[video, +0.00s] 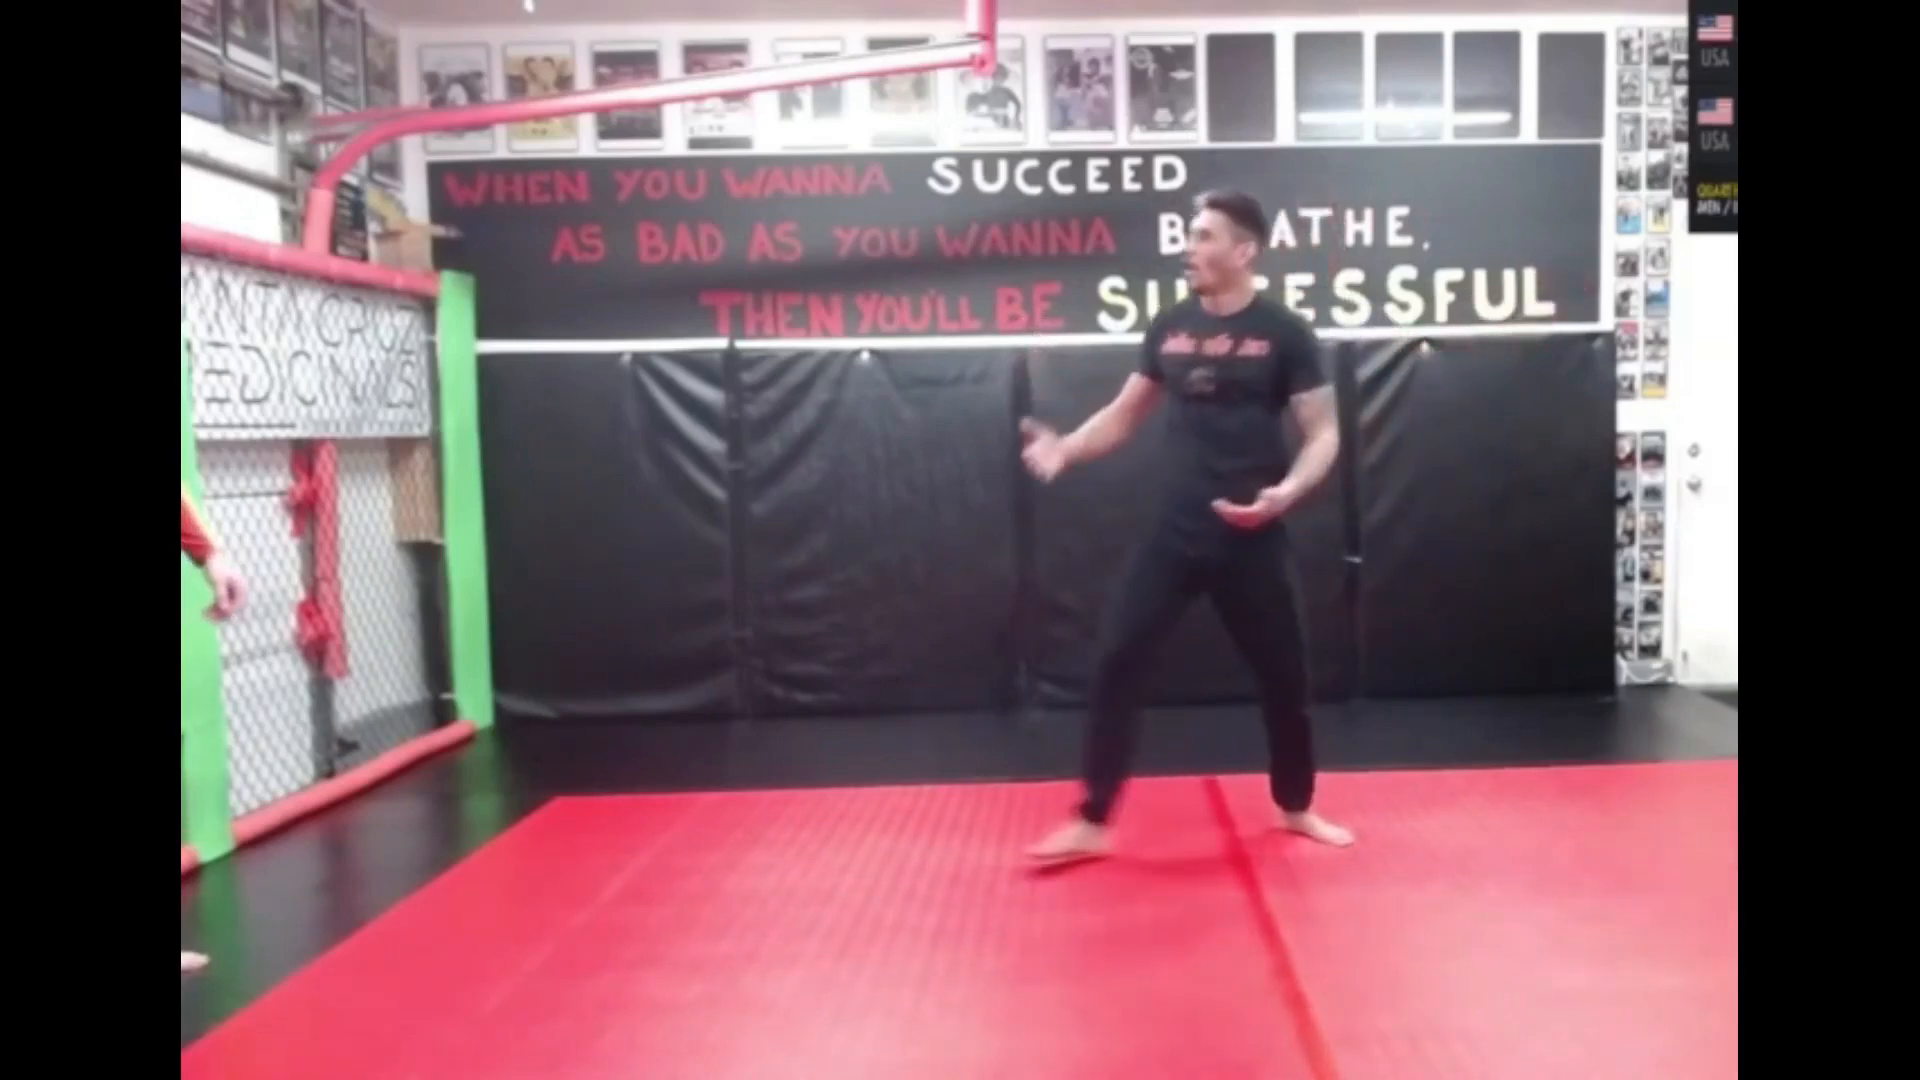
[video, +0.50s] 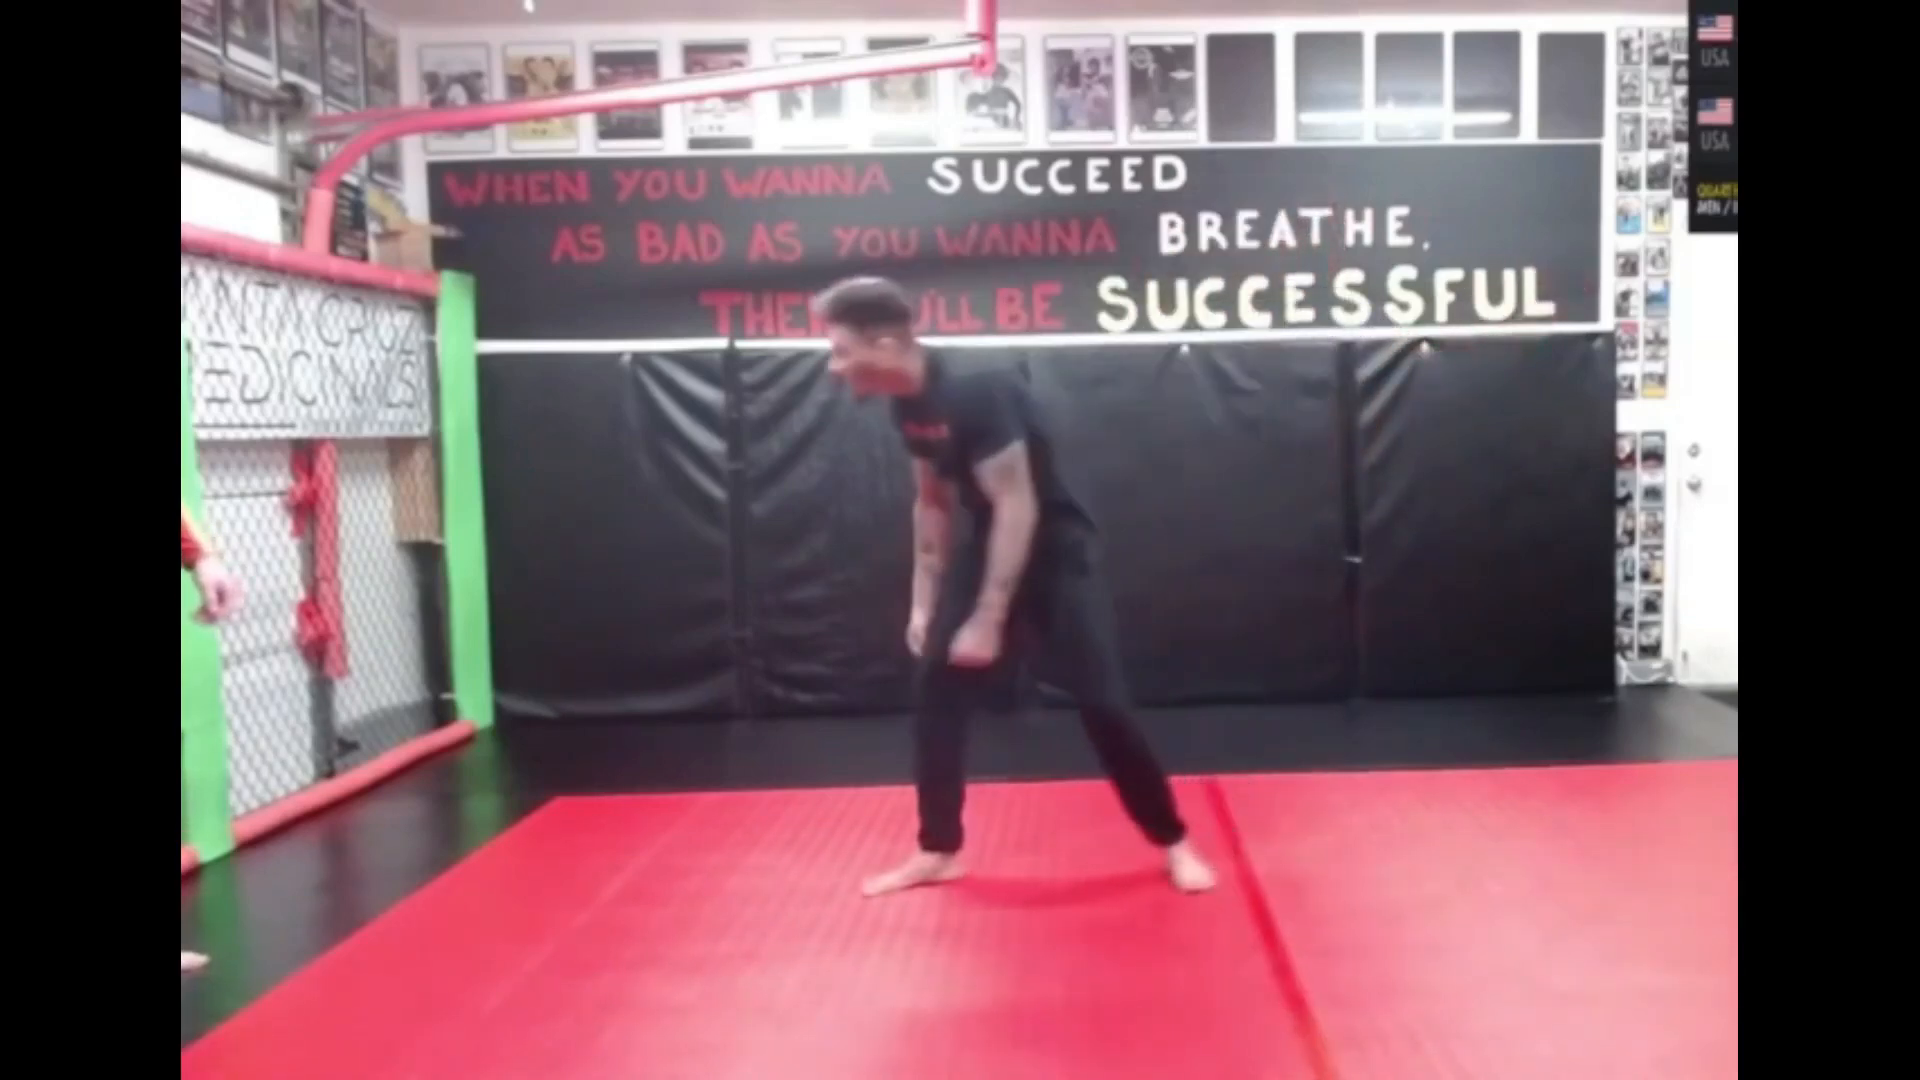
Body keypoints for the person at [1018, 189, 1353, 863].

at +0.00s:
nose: (1191, 248)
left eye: (1207, 237)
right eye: (1191, 236)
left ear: (1248, 250)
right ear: (1195, 247)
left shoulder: (1286, 332)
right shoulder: (1171, 328)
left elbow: (1324, 436)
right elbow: (1123, 413)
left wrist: (1285, 492)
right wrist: (1067, 447)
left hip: (1252, 530)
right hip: (1175, 525)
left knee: (1283, 672)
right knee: (1118, 655)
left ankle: (1296, 807)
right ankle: (1092, 819)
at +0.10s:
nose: (1179, 252)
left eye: (1195, 240)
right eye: (1181, 239)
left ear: (1235, 256)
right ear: (1188, 253)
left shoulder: (1269, 333)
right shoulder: (1160, 334)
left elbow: (1315, 437)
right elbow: (1114, 417)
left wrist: (1274, 497)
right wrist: (1055, 457)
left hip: (1243, 536)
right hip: (1169, 532)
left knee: (1279, 673)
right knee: (1104, 658)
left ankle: (1295, 807)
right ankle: (1059, 823)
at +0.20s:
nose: (1084, 261)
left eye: (1102, 252)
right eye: (1086, 250)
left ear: (1145, 271)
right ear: (1086, 271)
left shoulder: (1180, 353)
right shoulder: (1078, 362)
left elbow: (1251, 443)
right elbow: (1042, 434)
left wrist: (1200, 512)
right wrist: (973, 479)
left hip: (1175, 553)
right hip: (1099, 554)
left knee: (1235, 678)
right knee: (1032, 679)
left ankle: (1290, 807)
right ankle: (961, 837)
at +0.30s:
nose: (970, 295)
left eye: (987, 280)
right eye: (968, 282)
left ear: (1037, 295)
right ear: (974, 297)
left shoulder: (1082, 371)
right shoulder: (994, 383)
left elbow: (1147, 467)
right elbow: (983, 469)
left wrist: (1116, 551)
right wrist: (916, 531)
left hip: (1104, 555)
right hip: (1033, 560)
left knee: (1175, 691)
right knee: (970, 685)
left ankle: (1264, 802)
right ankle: (943, 850)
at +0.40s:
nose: (873, 353)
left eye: (880, 337)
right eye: (869, 338)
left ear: (929, 328)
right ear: (913, 337)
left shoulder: (1008, 387)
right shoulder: (932, 404)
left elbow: (1055, 497)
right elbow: (945, 496)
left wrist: (1026, 613)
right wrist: (916, 588)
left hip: (1070, 541)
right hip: (1003, 543)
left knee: (1119, 695)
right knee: (945, 675)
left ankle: (1202, 831)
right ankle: (938, 847)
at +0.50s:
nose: (833, 368)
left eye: (840, 352)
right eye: (831, 353)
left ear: (887, 343)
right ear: (880, 348)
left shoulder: (975, 391)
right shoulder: (909, 406)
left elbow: (1017, 507)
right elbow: (931, 502)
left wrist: (988, 619)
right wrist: (923, 605)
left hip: (1050, 541)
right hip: (979, 539)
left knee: (1099, 697)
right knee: (939, 677)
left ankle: (1175, 843)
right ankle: (939, 847)